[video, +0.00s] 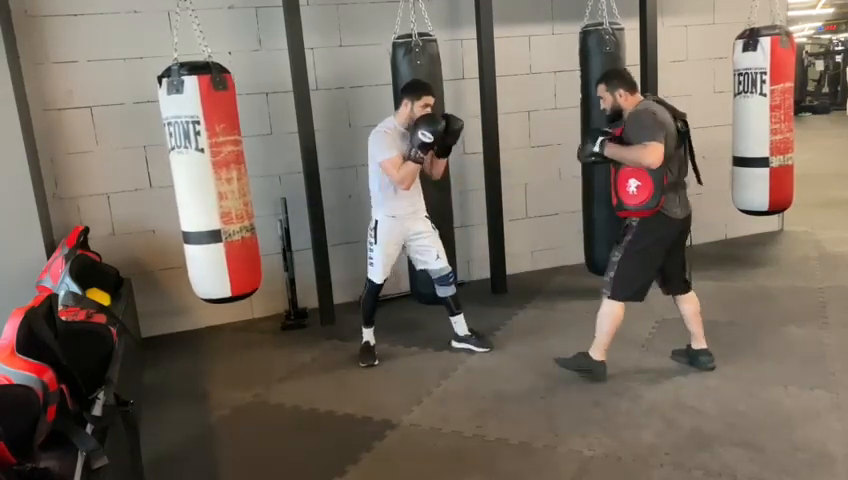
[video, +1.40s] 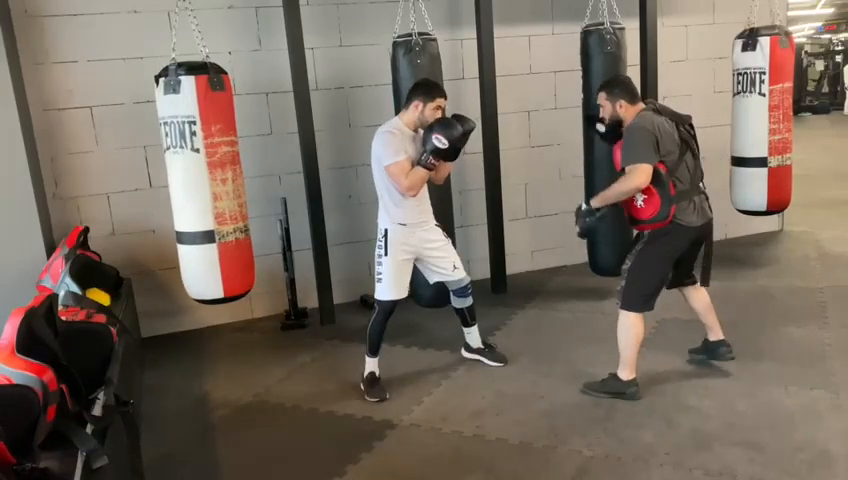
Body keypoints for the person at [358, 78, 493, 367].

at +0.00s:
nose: (428, 113)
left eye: (431, 108)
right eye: (425, 107)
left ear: (425, 109)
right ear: (406, 103)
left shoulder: (418, 132)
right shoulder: (381, 135)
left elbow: (435, 172)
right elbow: (402, 180)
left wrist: (444, 144)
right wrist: (422, 145)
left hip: (418, 219)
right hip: (387, 221)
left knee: (443, 273)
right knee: (376, 281)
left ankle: (462, 334)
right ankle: (367, 341)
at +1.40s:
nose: (439, 116)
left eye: (442, 111)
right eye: (437, 110)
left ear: (421, 107)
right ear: (417, 105)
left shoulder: (422, 135)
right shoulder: (387, 137)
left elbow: (439, 176)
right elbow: (408, 185)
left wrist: (450, 145)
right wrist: (434, 151)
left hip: (427, 227)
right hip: (396, 231)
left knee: (460, 283)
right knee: (387, 302)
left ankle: (474, 344)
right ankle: (371, 371)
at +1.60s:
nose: (429, 135)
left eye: (430, 126)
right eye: (425, 125)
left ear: (399, 124)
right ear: (400, 123)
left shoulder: (390, 160)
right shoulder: (358, 166)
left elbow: (395, 220)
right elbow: (388, 237)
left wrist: (423, 186)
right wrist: (425, 199)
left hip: (393, 282)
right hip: (358, 290)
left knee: (435, 352)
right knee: (361, 393)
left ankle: (456, 434)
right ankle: (327, 473)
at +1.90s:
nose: (439, 133)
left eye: (440, 124)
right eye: (436, 124)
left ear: (409, 122)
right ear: (412, 122)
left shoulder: (409, 160)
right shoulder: (369, 164)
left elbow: (414, 216)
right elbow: (415, 229)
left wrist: (445, 176)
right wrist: (444, 183)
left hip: (409, 280)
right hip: (371, 292)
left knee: (467, 335)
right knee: (368, 393)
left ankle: (471, 410)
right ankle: (329, 472)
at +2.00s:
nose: (456, 140)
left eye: (458, 131)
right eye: (453, 131)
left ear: (428, 129)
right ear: (429, 128)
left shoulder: (428, 164)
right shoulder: (379, 167)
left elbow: (453, 176)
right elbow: (400, 239)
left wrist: (489, 157)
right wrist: (440, 200)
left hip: (423, 284)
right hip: (380, 293)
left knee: (476, 344)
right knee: (372, 393)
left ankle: (491, 405)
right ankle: (330, 471)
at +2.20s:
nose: (491, 163)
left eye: (493, 156)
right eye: (491, 155)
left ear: (467, 149)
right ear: (474, 150)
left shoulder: (448, 175)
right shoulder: (439, 180)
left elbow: (460, 212)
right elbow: (451, 245)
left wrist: (499, 193)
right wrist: (494, 223)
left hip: (438, 293)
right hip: (415, 302)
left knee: (490, 339)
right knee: (425, 413)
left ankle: (501, 405)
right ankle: (343, 469)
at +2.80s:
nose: (473, 150)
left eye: (474, 143)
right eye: (467, 142)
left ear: (455, 140)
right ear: (440, 136)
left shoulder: (452, 166)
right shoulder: (396, 171)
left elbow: (484, 180)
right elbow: (419, 235)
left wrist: (529, 174)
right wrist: (447, 185)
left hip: (446, 276)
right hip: (400, 282)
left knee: (498, 339)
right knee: (380, 376)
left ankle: (501, 405)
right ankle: (336, 446)